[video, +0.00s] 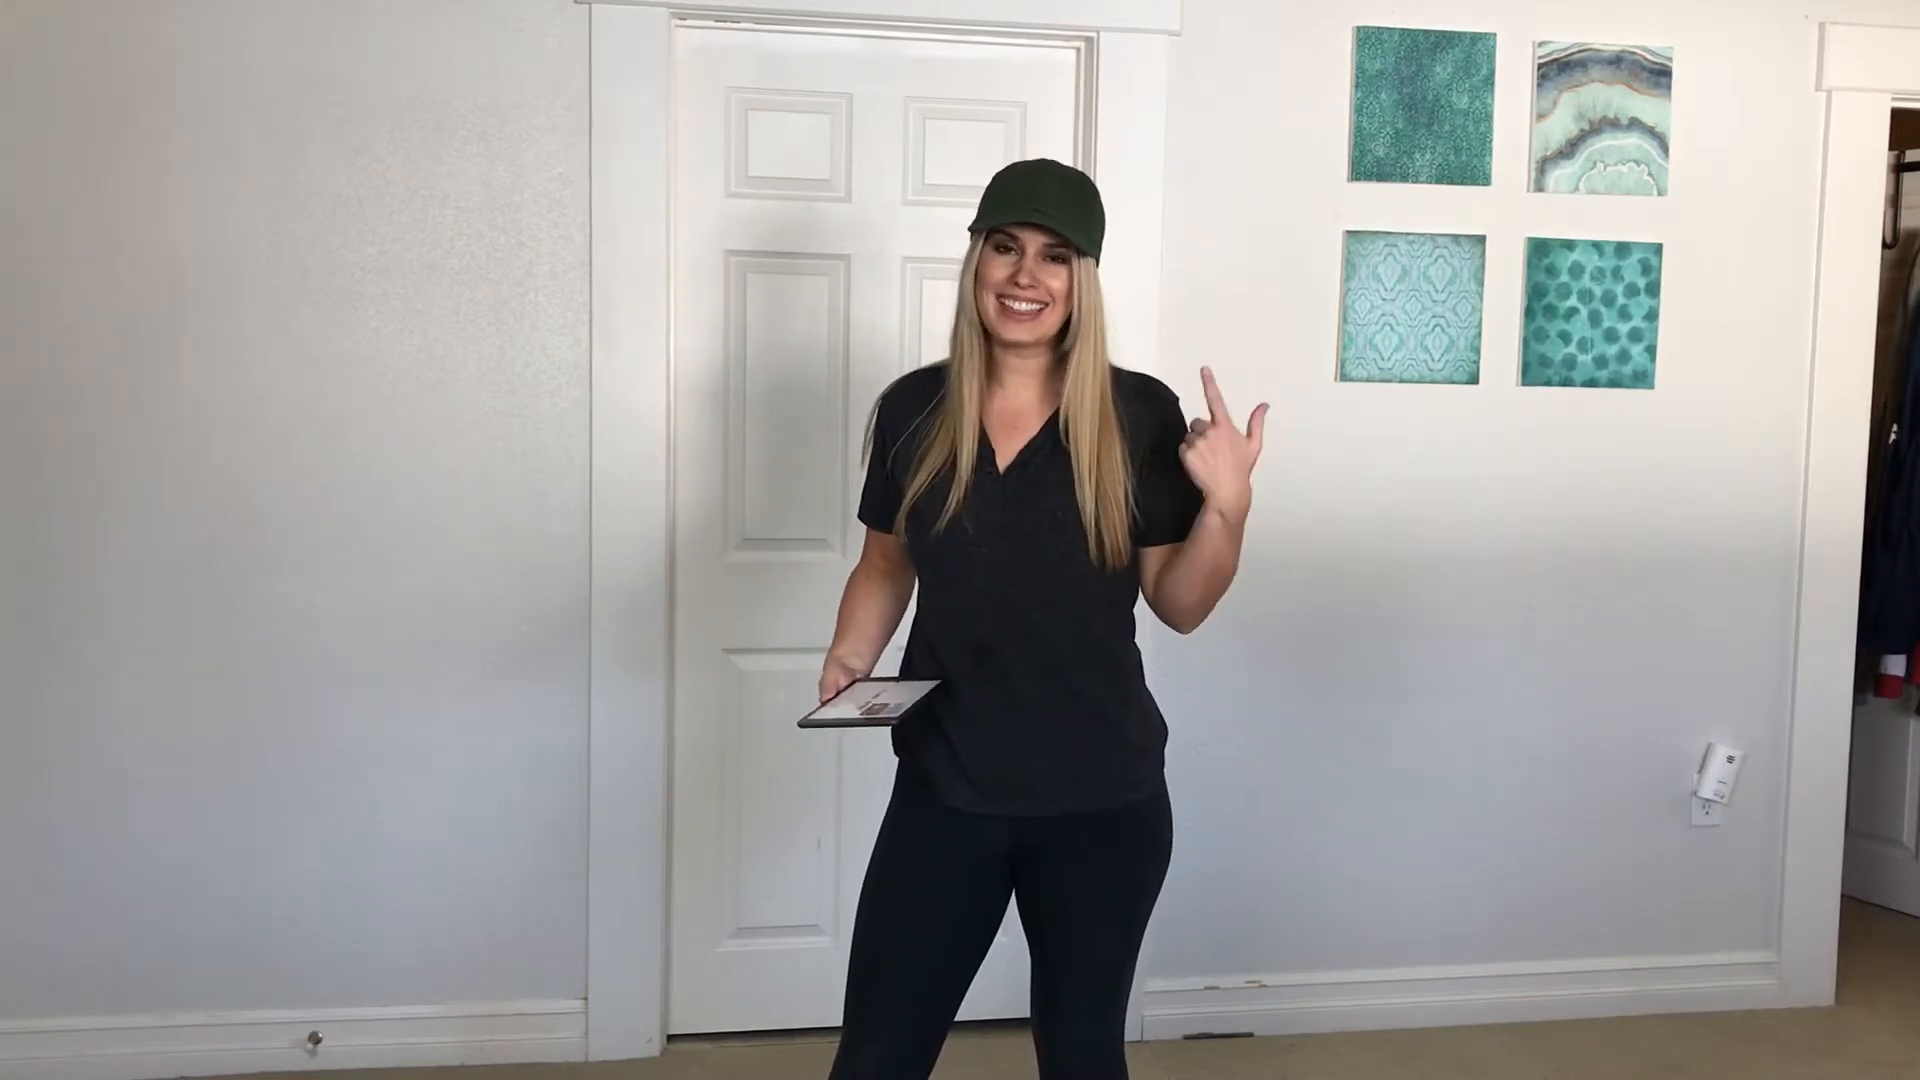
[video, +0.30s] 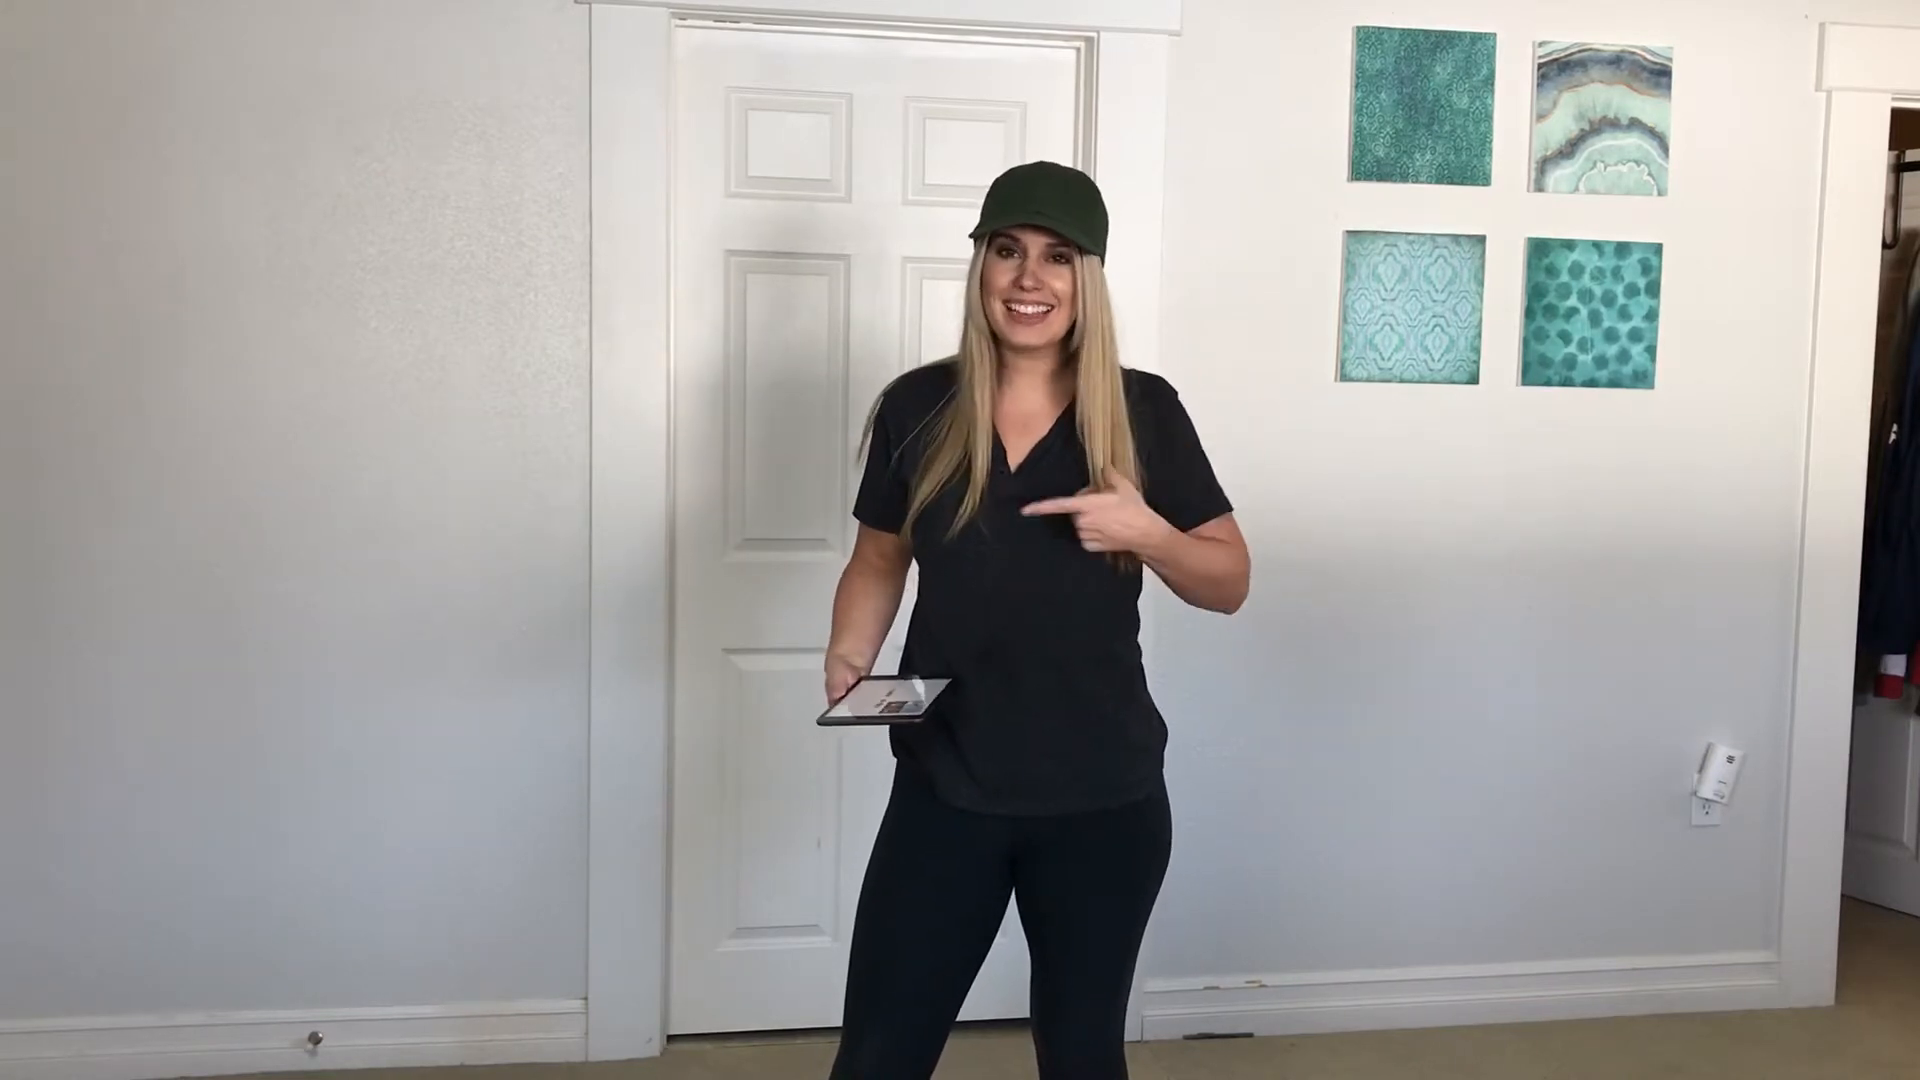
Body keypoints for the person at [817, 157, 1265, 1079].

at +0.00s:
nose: (1025, 274)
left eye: (1054, 257)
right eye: (1006, 249)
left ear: (1083, 281)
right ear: (974, 264)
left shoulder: (1136, 413)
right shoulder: (914, 410)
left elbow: (1179, 604)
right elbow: (884, 565)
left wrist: (1226, 512)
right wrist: (848, 659)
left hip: (1099, 797)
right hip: (947, 792)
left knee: (1080, 1058)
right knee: (875, 1059)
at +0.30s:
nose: (1029, 276)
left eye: (1057, 257)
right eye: (1009, 253)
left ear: (1089, 278)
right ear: (979, 269)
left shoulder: (1140, 410)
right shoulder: (918, 409)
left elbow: (1229, 581)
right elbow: (877, 563)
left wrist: (1150, 534)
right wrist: (850, 656)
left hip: (1099, 794)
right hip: (945, 789)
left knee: (1081, 1057)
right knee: (877, 1058)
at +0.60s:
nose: (1030, 268)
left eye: (1058, 249)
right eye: (1009, 243)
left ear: (1087, 274)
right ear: (977, 262)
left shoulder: (1139, 409)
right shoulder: (912, 405)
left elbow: (1189, 584)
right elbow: (873, 557)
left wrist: (1208, 560)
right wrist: (848, 660)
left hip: (1095, 790)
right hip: (942, 785)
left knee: (1078, 1056)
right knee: (874, 1057)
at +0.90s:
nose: (1038, 260)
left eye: (1066, 250)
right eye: (1021, 230)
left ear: (1083, 283)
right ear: (978, 246)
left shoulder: (1121, 406)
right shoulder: (891, 410)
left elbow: (1184, 578)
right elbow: (852, 564)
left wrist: (1156, 563)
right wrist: (832, 674)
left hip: (1100, 791)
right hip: (944, 789)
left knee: (1080, 1055)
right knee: (878, 1057)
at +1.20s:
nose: (1010, 253)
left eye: (1042, 242)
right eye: (996, 228)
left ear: (1068, 278)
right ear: (965, 248)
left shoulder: (1117, 404)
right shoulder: (896, 418)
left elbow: (1174, 589)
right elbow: (874, 573)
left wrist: (1195, 530)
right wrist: (834, 658)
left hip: (1099, 798)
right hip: (944, 797)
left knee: (1081, 1059)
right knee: (877, 1060)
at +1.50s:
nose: (1000, 263)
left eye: (1031, 247)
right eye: (987, 238)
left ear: (1068, 276)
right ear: (963, 254)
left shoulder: (1127, 407)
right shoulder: (914, 414)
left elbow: (1192, 591)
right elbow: (899, 567)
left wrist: (1220, 546)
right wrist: (835, 641)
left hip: (1093, 801)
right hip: (941, 797)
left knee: (1077, 1057)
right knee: (875, 1059)